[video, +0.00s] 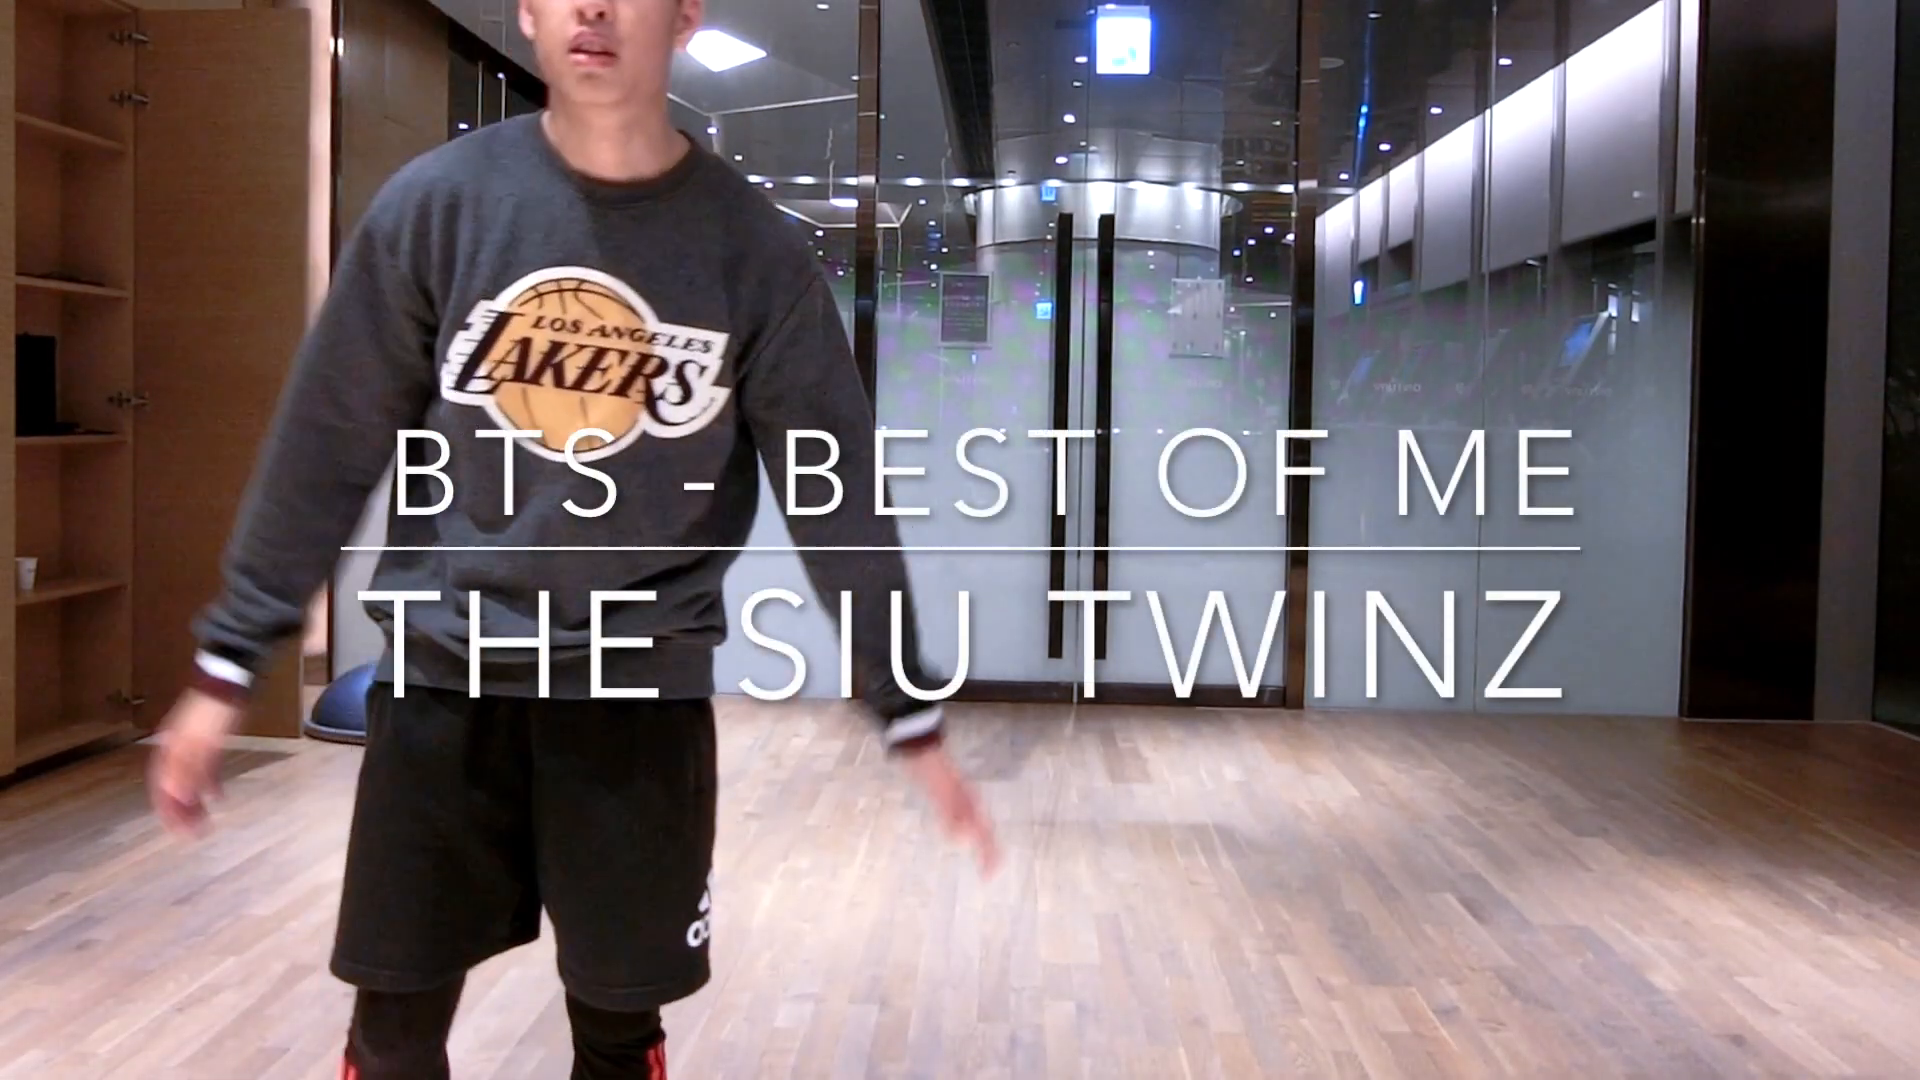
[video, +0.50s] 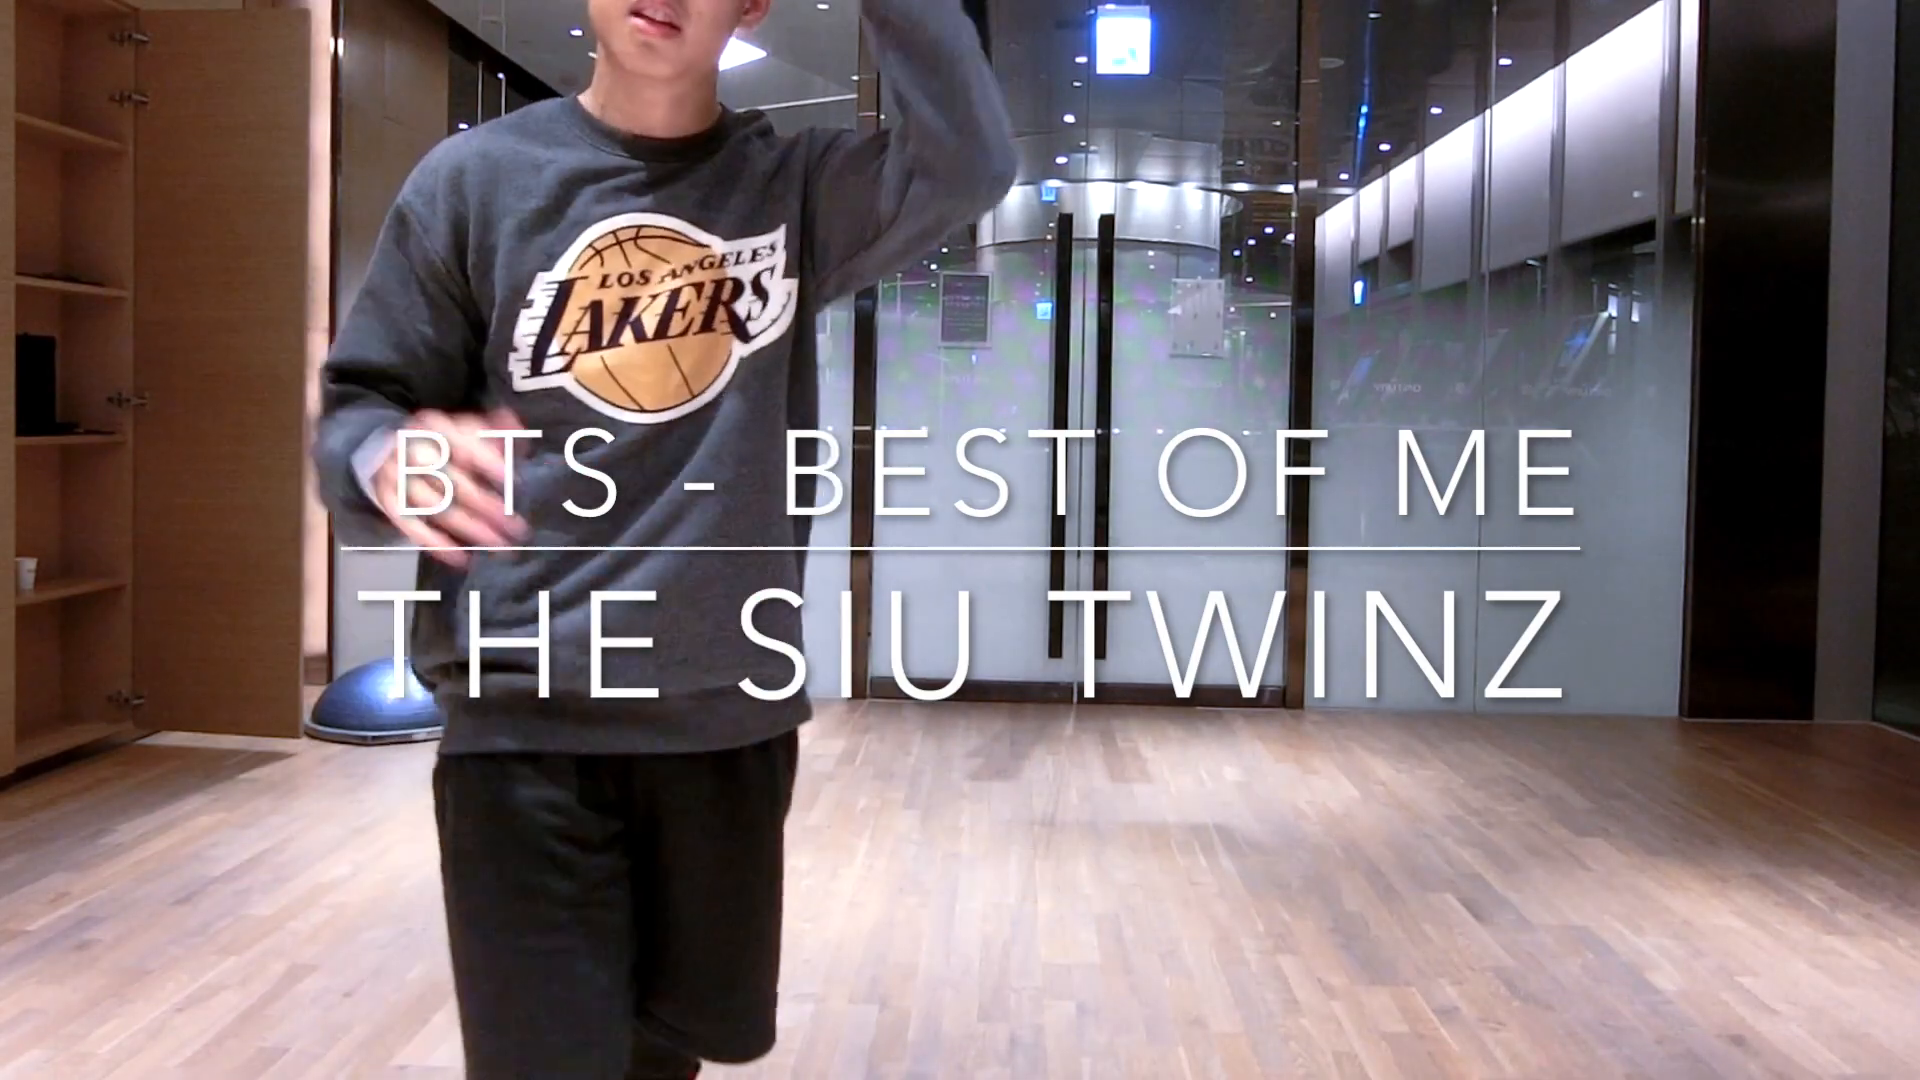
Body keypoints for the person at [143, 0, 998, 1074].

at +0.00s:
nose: (591, 11)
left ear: (685, 17)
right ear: (526, 21)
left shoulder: (754, 243)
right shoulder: (431, 204)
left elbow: (833, 489)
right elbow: (323, 444)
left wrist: (909, 718)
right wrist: (221, 672)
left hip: (636, 692)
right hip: (441, 687)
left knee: (618, 1031)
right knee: (396, 1022)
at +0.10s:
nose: (614, 3)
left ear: (710, 15)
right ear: (554, 10)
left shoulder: (772, 234)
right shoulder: (456, 193)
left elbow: (824, 495)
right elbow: (376, 463)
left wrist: (829, 725)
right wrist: (363, 679)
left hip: (661, 704)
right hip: (461, 698)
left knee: (630, 1036)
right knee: (414, 1043)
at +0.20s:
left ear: (727, 16)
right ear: (574, 8)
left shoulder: (785, 219)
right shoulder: (468, 176)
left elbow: (844, 447)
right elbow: (388, 437)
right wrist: (481, 572)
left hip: (675, 697)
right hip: (481, 691)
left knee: (637, 1036)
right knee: (439, 1039)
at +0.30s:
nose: (651, 21)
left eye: (688, 5)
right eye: (641, 1)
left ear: (744, 24)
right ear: (602, 14)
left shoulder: (779, 183)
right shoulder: (472, 168)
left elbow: (893, 389)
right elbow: (381, 426)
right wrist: (508, 477)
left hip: (692, 688)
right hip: (498, 681)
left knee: (644, 1043)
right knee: (474, 1047)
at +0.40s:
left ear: (746, 15)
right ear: (594, 3)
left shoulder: (782, 188)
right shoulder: (471, 174)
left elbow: (935, 251)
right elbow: (374, 419)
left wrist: (862, 20)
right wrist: (472, 485)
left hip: (707, 699)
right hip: (511, 699)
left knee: (655, 1040)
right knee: (511, 1056)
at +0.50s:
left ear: (747, 13)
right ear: (595, 2)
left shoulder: (792, 181)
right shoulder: (470, 180)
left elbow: (966, 160)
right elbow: (355, 404)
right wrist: (388, 458)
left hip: (724, 726)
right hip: (523, 727)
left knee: (673, 1050)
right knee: (546, 1063)